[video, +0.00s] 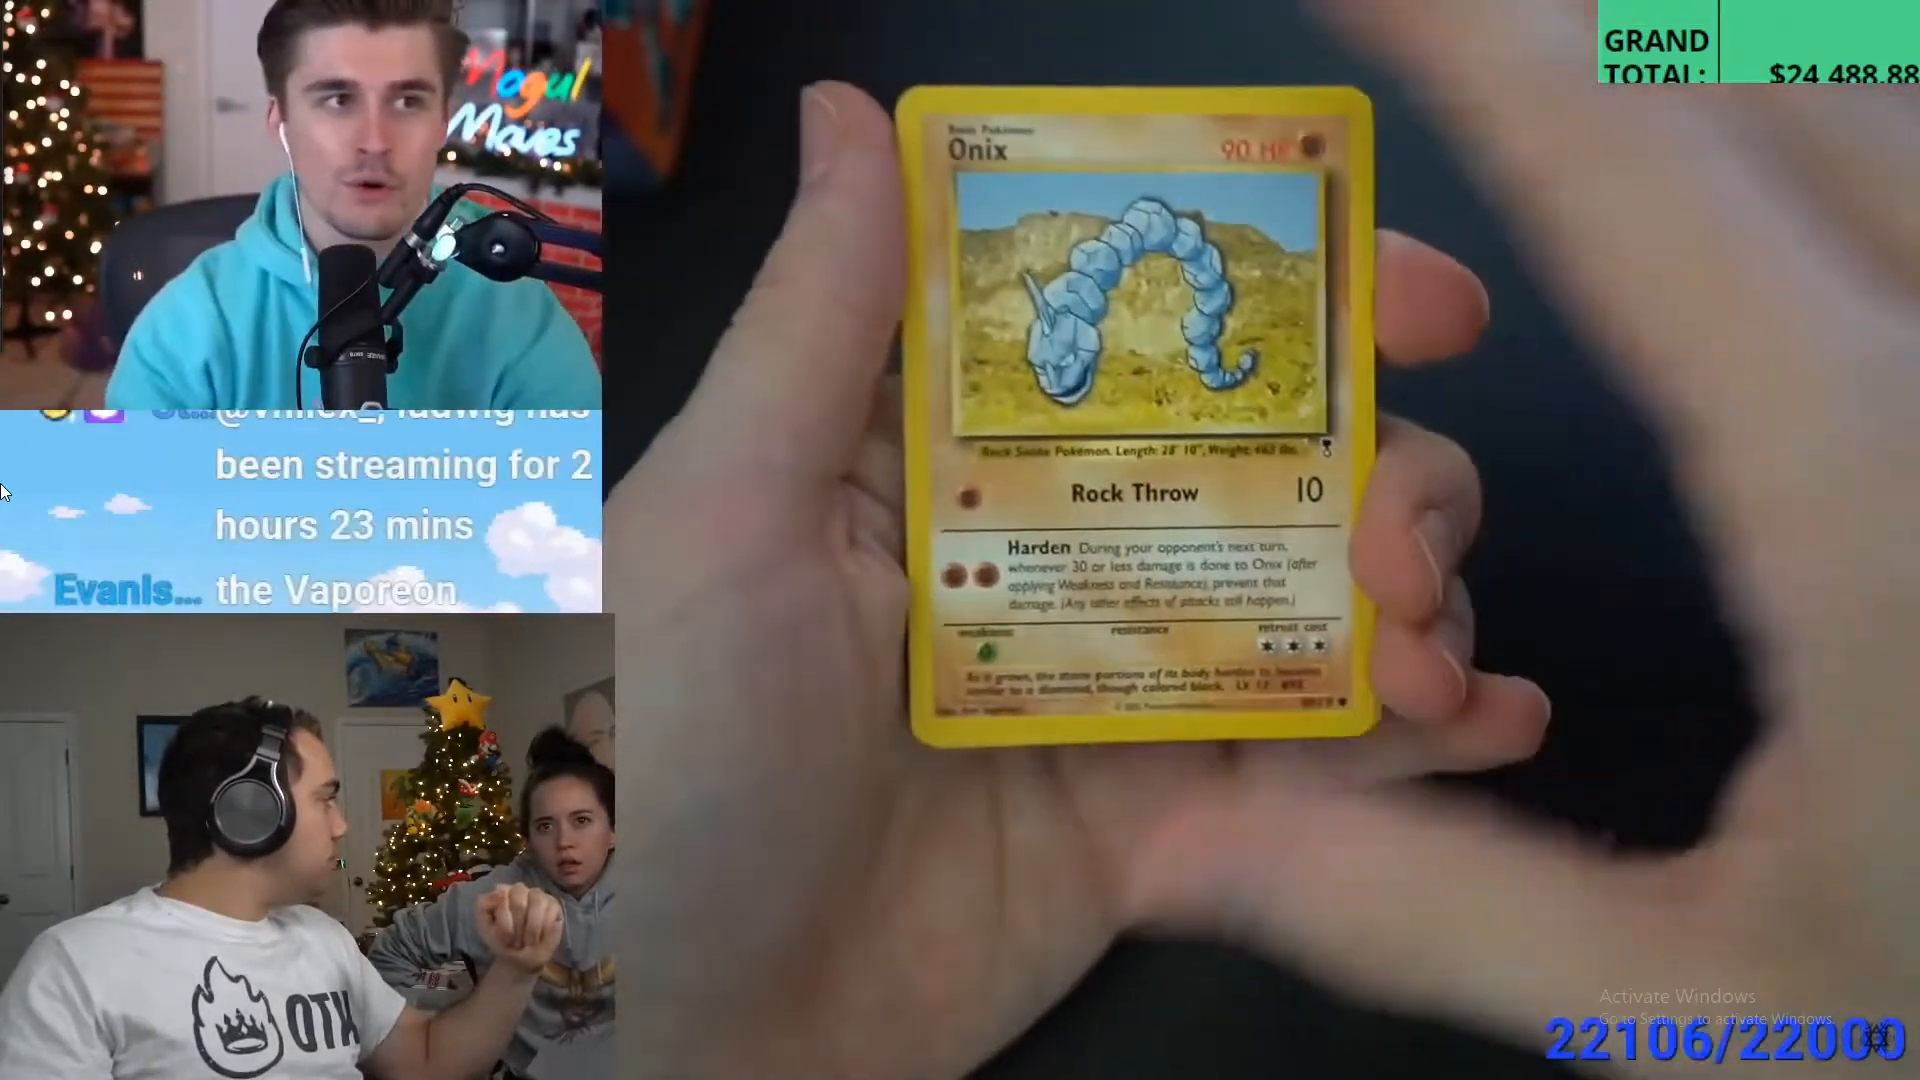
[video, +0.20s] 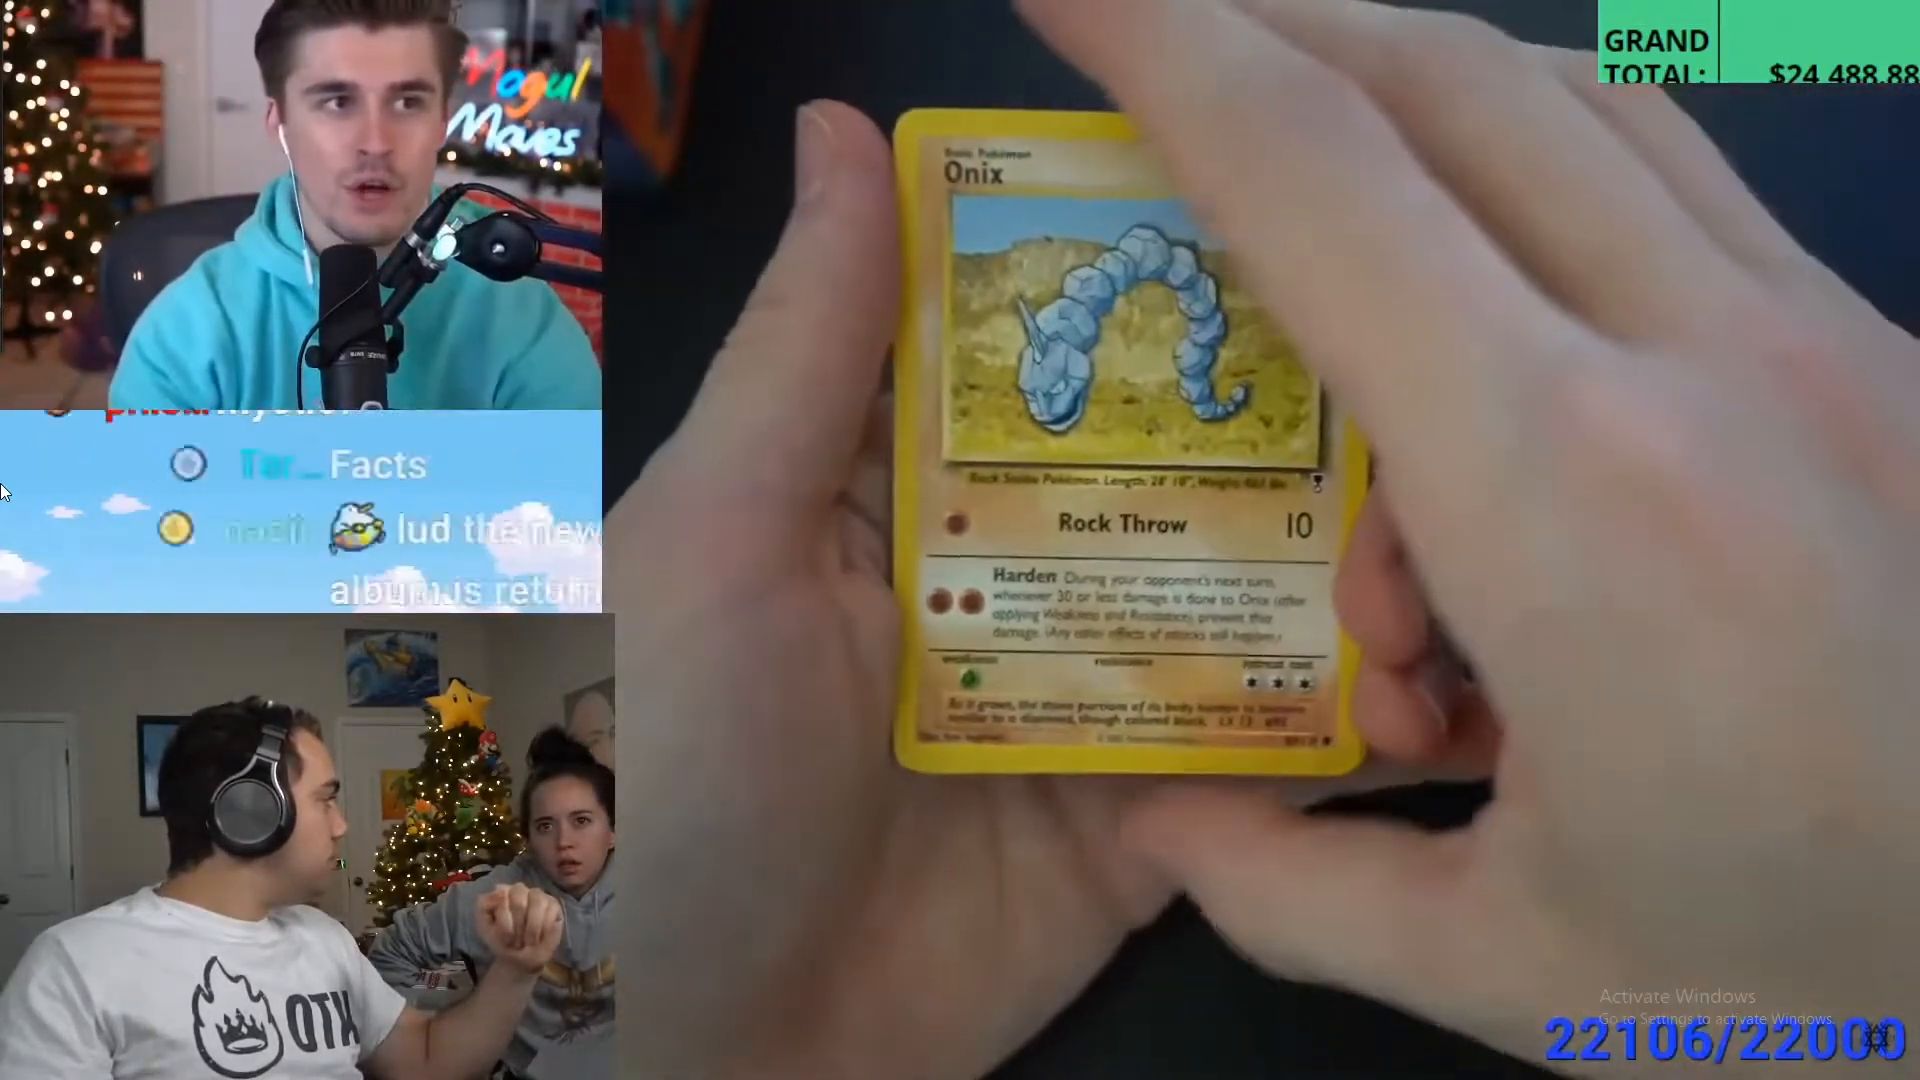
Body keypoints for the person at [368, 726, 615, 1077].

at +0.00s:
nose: (564, 842)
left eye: (582, 821)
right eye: (545, 826)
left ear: (612, 832)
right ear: (528, 839)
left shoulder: (644, 893)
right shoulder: (489, 898)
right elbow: (387, 958)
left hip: (625, 1067)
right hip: (534, 1072)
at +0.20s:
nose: (564, 842)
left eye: (582, 821)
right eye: (545, 826)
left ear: (612, 831)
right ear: (528, 839)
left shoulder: (643, 891)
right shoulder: (491, 898)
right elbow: (387, 957)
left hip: (626, 1067)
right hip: (536, 1072)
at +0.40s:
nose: (561, 840)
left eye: (579, 820)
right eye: (544, 824)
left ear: (612, 829)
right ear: (528, 837)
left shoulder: (642, 890)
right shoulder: (491, 897)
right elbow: (388, 956)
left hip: (623, 1068)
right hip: (533, 1072)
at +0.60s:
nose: (557, 831)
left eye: (576, 812)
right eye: (540, 816)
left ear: (609, 828)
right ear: (525, 834)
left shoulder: (642, 889)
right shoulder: (486, 897)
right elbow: (387, 956)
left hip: (626, 1068)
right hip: (536, 1073)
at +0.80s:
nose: (554, 830)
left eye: (573, 811)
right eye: (536, 815)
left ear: (607, 827)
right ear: (521, 833)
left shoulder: (636, 890)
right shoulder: (481, 901)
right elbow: (384, 956)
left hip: (622, 1067)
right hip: (532, 1072)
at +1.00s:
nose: (551, 833)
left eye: (571, 814)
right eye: (534, 818)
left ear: (606, 829)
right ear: (519, 835)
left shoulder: (636, 889)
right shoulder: (479, 902)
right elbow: (383, 955)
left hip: (623, 1068)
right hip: (532, 1072)